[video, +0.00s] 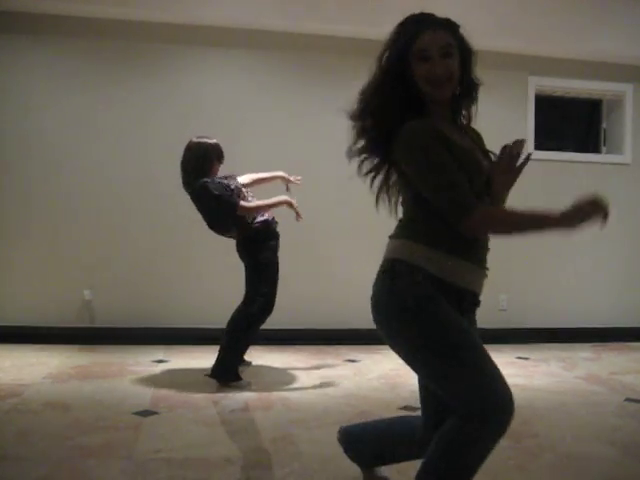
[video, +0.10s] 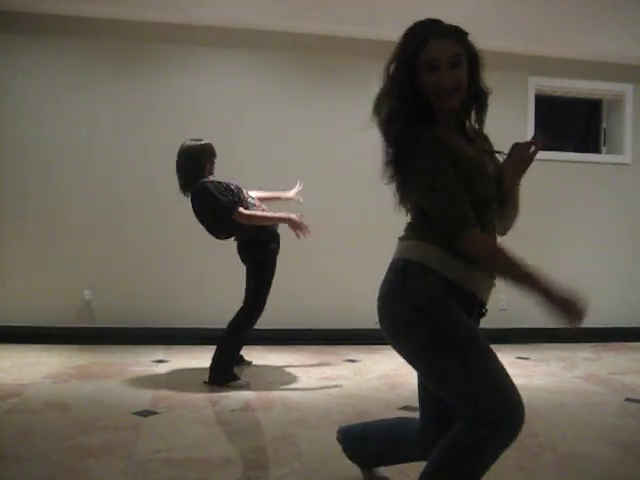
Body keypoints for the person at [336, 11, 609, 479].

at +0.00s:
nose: (439, 68)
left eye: (447, 54)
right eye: (424, 59)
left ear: (461, 62)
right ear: (407, 71)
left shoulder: (465, 135)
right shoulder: (416, 135)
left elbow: (476, 218)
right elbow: (474, 219)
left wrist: (499, 186)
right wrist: (561, 220)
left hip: (453, 296)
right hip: (412, 293)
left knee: (441, 433)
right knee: (489, 407)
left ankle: (359, 442)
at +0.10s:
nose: (446, 78)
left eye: (456, 65)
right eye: (431, 67)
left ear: (471, 72)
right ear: (412, 78)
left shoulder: (473, 139)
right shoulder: (421, 141)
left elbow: (500, 225)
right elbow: (466, 238)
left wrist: (510, 178)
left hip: (457, 301)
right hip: (420, 295)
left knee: (438, 438)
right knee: (499, 414)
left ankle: (358, 443)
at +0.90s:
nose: (632, 39)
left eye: (629, 27)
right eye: (627, 29)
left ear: (562, 32)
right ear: (615, 35)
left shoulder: (545, 88)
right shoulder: (620, 97)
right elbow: (638, 167)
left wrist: (579, 124)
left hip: (541, 252)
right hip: (588, 256)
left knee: (581, 377)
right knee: (613, 387)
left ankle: (570, 473)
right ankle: (511, 470)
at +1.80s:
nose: (538, 84)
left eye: (545, 78)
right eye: (542, 77)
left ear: (561, 86)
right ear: (576, 85)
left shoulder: (574, 128)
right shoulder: (588, 126)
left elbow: (583, 189)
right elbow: (551, 182)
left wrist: (530, 172)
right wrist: (512, 160)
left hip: (583, 244)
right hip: (612, 241)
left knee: (536, 324)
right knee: (636, 337)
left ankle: (526, 419)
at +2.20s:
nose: (460, 99)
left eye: (464, 93)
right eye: (463, 92)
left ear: (472, 100)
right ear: (501, 100)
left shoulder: (475, 135)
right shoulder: (505, 135)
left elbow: (444, 186)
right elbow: (463, 179)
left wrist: (411, 161)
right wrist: (438, 152)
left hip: (490, 243)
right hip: (513, 239)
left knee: (506, 333)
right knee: (466, 309)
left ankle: (526, 420)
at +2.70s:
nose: (392, 110)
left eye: (397, 104)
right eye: (392, 104)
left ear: (410, 105)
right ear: (405, 105)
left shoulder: (424, 135)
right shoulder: (405, 131)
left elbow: (400, 125)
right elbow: (390, 121)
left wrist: (381, 115)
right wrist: (380, 115)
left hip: (415, 229)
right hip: (391, 227)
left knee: (415, 298)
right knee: (387, 294)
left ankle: (427, 370)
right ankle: (394, 357)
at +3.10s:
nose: (360, 132)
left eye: (366, 128)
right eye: (358, 127)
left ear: (378, 134)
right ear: (355, 132)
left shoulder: (383, 165)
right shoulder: (352, 157)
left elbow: (393, 197)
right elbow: (316, 150)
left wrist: (368, 199)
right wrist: (330, 125)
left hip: (368, 239)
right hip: (342, 236)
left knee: (374, 301)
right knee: (336, 294)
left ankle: (392, 363)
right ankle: (351, 350)